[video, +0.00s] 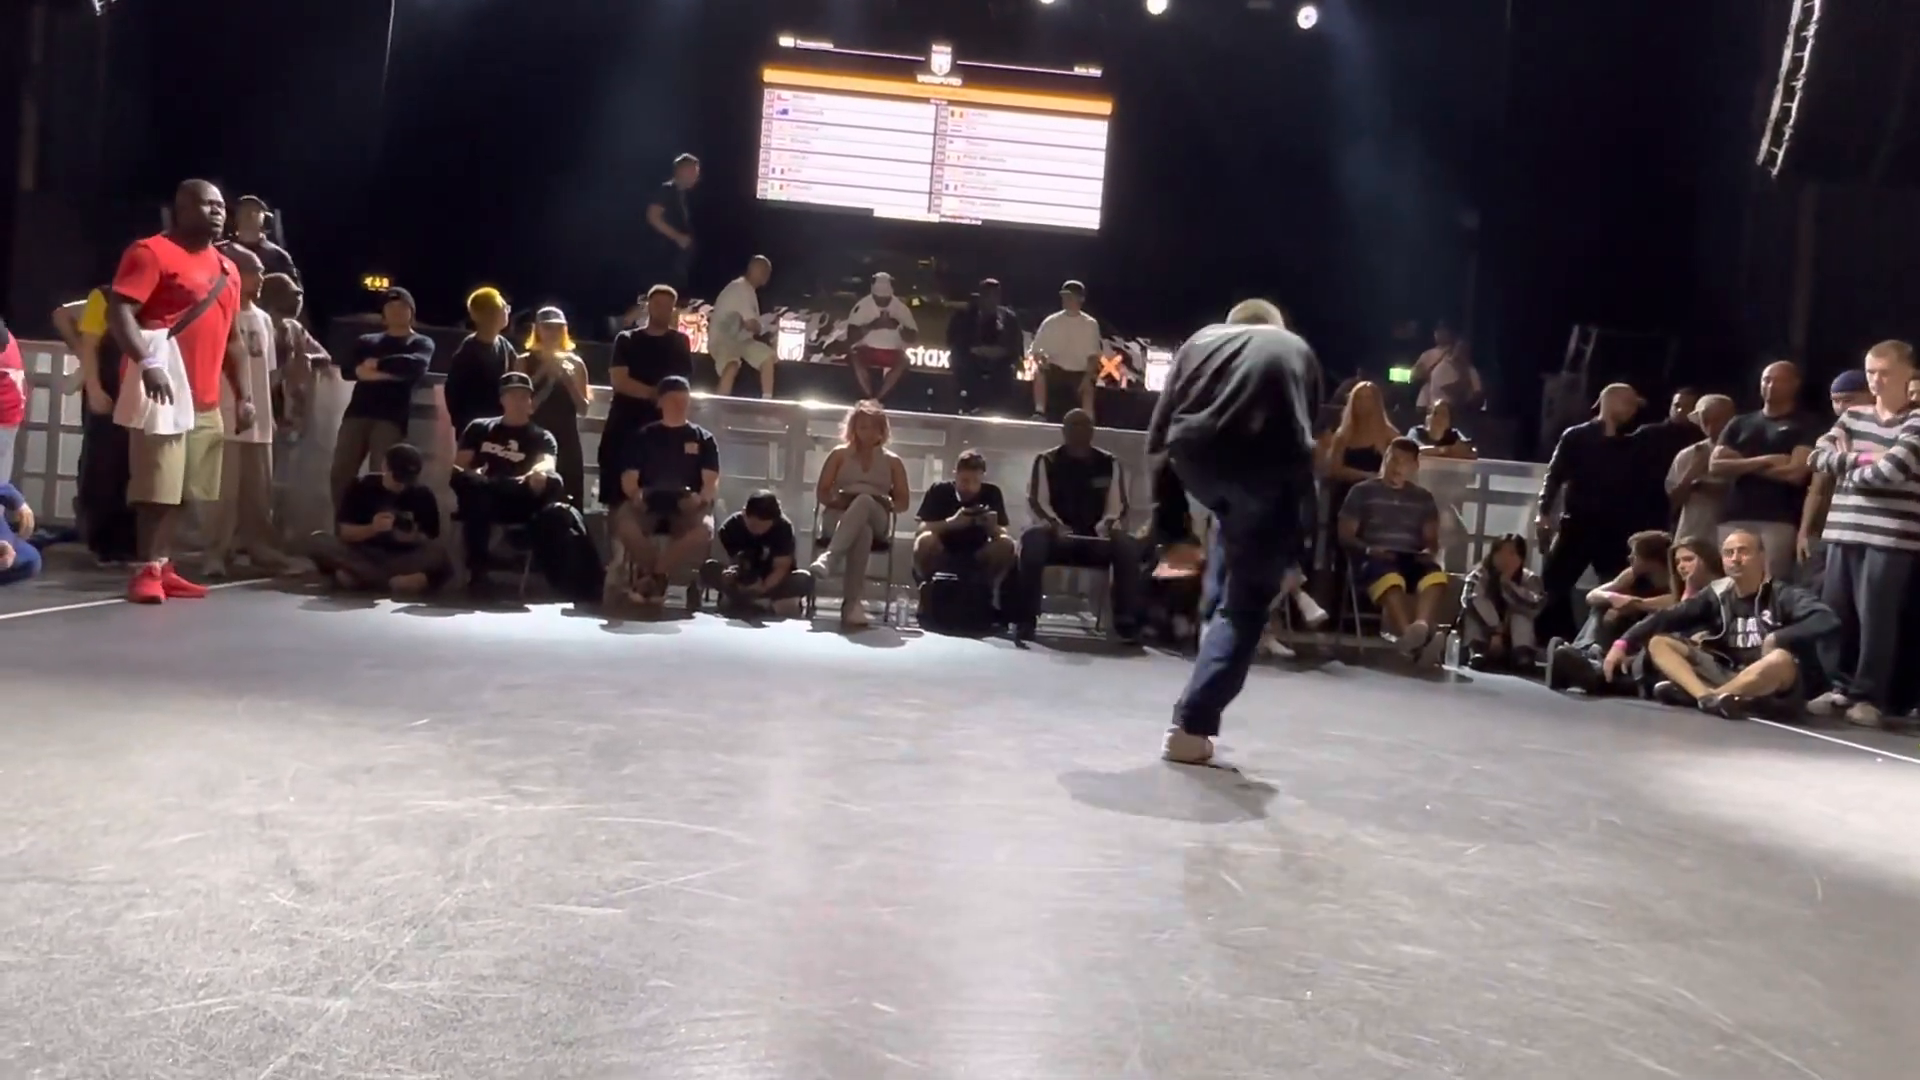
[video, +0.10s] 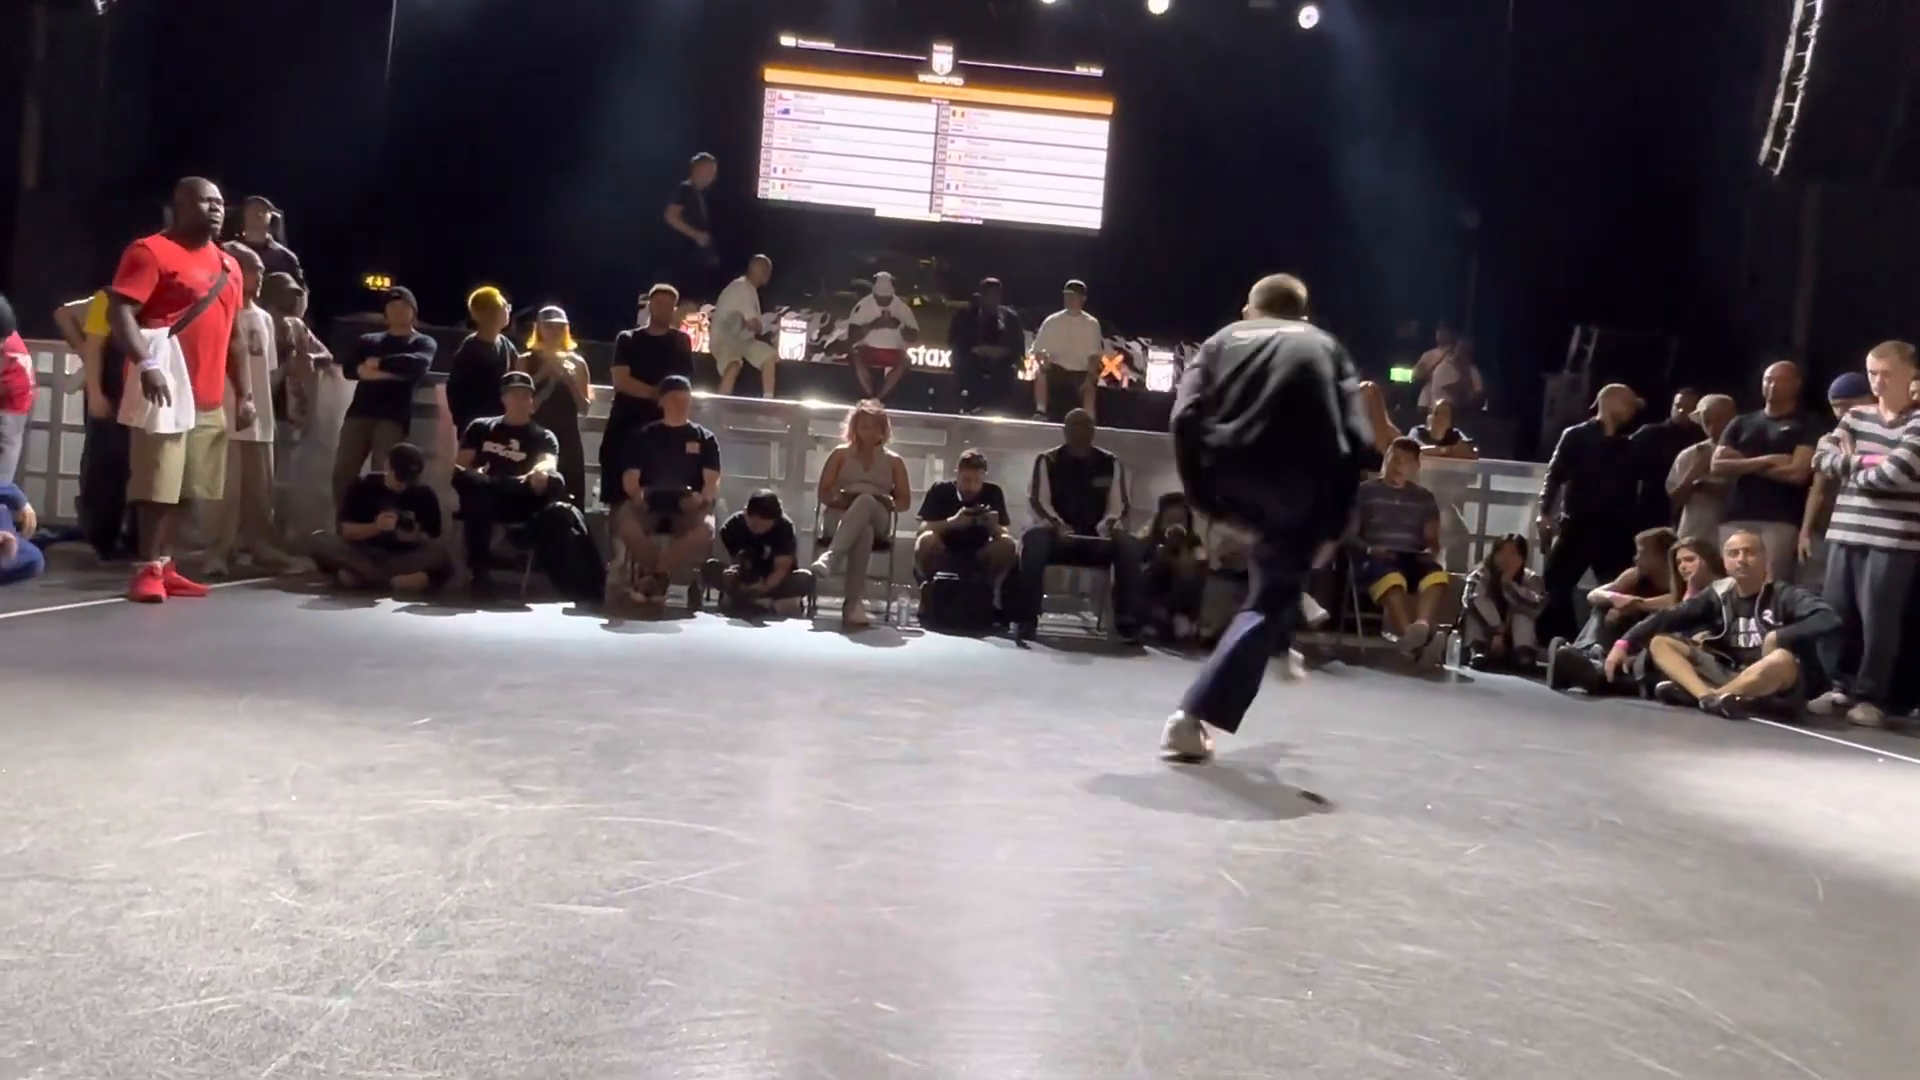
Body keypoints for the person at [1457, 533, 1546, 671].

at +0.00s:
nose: (1504, 559)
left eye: (1511, 554)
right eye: (1500, 553)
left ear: (1521, 559)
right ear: (1493, 555)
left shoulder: (1530, 579)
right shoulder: (1479, 575)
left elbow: (1535, 605)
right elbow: (1472, 600)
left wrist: (1507, 584)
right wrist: (1494, 629)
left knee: (1520, 615)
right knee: (1472, 611)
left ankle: (1523, 653)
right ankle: (1476, 650)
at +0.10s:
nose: (1505, 559)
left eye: (1512, 554)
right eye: (1501, 553)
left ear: (1522, 560)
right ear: (1494, 555)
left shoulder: (1531, 579)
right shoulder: (1480, 575)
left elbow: (1537, 605)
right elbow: (1473, 600)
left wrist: (1508, 584)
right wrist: (1496, 629)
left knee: (1521, 614)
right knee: (1474, 611)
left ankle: (1524, 653)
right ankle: (1477, 650)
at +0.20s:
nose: (1507, 559)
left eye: (1514, 554)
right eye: (1502, 552)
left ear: (1523, 560)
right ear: (1495, 555)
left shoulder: (1532, 579)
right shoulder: (1481, 575)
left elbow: (1537, 604)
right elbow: (1475, 600)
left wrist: (1509, 584)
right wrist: (1496, 630)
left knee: (1523, 613)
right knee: (1476, 610)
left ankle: (1526, 653)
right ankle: (1479, 650)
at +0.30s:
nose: (1508, 559)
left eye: (1515, 554)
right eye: (1503, 552)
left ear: (1524, 559)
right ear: (1496, 554)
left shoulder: (1532, 578)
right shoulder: (1482, 574)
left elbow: (1537, 604)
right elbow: (1476, 599)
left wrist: (1510, 583)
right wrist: (1497, 630)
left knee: (1524, 613)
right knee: (1477, 609)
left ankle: (1527, 652)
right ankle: (1480, 649)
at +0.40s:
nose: (1509, 558)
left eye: (1516, 553)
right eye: (1504, 551)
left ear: (1526, 559)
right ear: (1496, 554)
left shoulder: (1534, 578)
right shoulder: (1483, 573)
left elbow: (1539, 604)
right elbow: (1476, 599)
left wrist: (1511, 582)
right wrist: (1498, 629)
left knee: (1525, 613)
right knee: (1477, 609)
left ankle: (1528, 652)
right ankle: (1481, 649)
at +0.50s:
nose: (1509, 557)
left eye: (1517, 553)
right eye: (1505, 551)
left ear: (1526, 558)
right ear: (1497, 553)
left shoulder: (1534, 577)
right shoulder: (1484, 573)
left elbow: (1540, 604)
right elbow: (1477, 599)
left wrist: (1512, 582)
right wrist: (1499, 629)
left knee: (1525, 612)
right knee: (1478, 609)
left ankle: (1529, 653)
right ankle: (1482, 650)